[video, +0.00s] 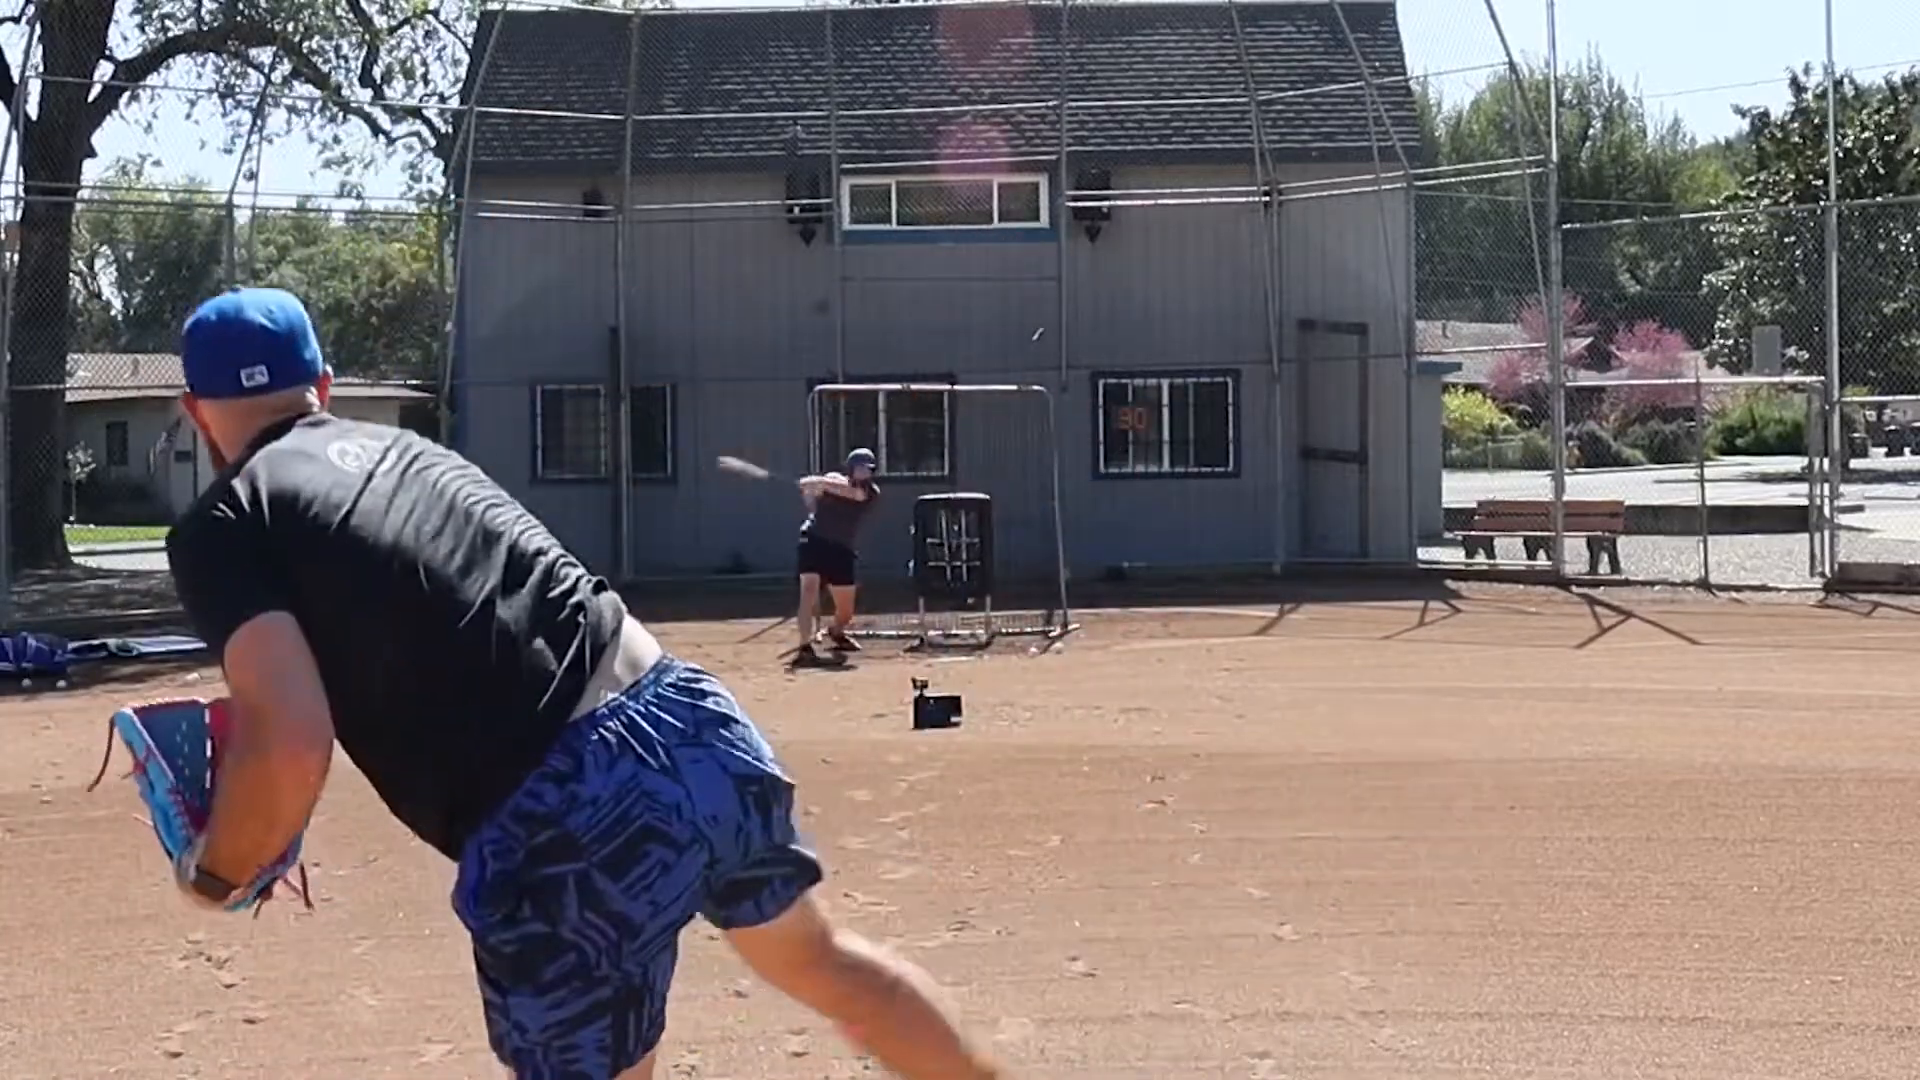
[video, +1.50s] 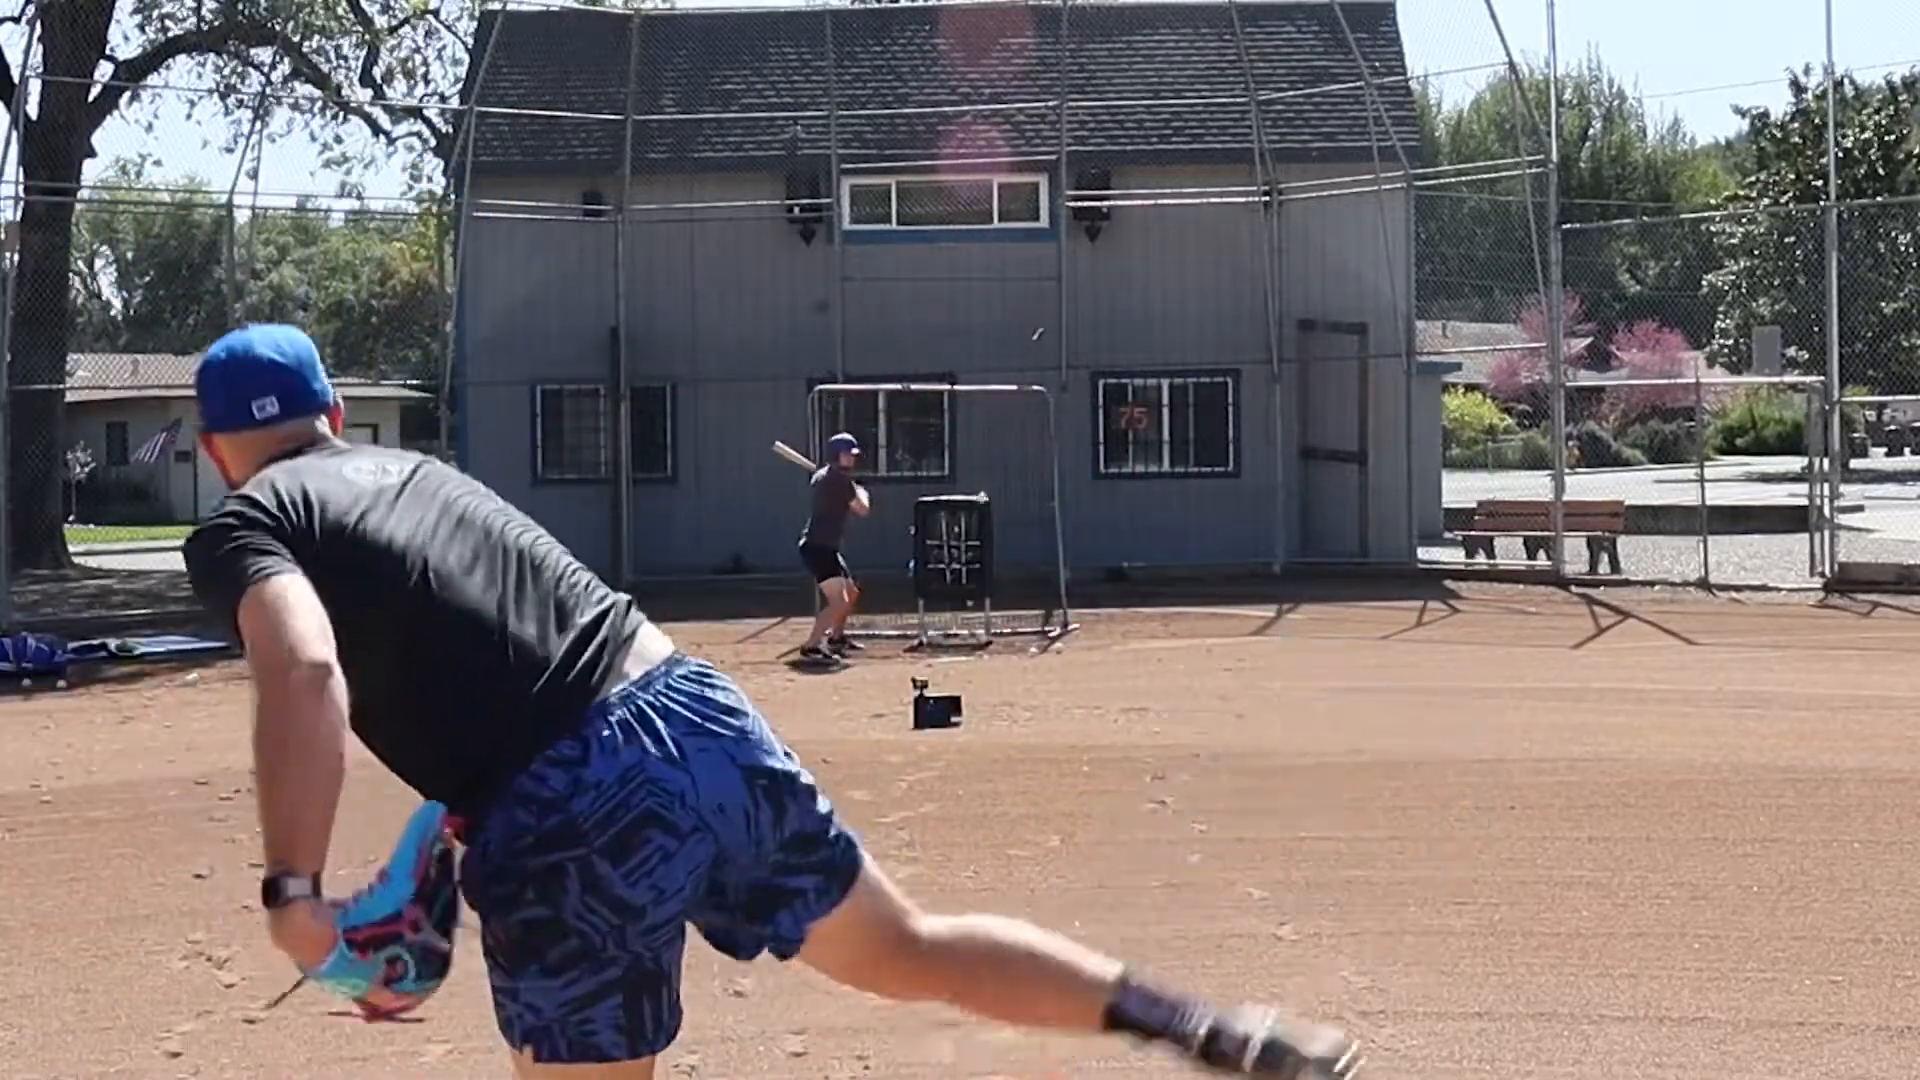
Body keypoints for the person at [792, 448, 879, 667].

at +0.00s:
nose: (866, 473)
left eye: (869, 469)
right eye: (862, 468)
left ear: (872, 471)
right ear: (851, 467)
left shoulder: (871, 491)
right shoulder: (834, 479)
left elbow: (847, 491)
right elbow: (804, 484)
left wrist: (821, 485)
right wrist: (825, 483)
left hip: (842, 547)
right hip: (815, 541)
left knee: (846, 609)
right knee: (809, 592)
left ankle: (836, 632)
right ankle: (805, 646)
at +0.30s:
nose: (853, 469)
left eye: (858, 465)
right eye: (850, 463)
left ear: (864, 469)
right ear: (843, 465)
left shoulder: (855, 487)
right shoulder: (837, 490)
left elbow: (817, 492)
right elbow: (800, 502)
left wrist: (815, 497)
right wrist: (815, 522)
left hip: (844, 551)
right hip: (820, 548)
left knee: (843, 609)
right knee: (810, 595)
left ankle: (855, 630)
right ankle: (801, 645)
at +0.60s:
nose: (858, 470)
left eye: (863, 466)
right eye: (854, 465)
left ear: (868, 469)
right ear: (848, 466)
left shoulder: (868, 492)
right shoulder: (832, 489)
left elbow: (840, 492)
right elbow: (813, 514)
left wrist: (805, 489)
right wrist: (800, 499)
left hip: (848, 551)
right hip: (821, 547)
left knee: (845, 607)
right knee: (813, 594)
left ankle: (858, 629)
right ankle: (803, 642)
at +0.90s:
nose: (857, 451)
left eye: (858, 447)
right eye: (853, 447)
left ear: (842, 448)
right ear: (842, 448)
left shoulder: (832, 466)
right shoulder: (844, 469)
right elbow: (873, 493)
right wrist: (874, 474)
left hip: (815, 534)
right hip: (825, 536)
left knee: (852, 582)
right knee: (867, 566)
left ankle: (840, 632)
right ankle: (839, 614)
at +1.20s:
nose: (858, 460)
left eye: (860, 455)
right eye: (853, 455)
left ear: (860, 456)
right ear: (843, 455)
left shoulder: (833, 471)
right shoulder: (846, 477)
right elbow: (869, 500)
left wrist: (861, 479)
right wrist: (866, 481)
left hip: (821, 539)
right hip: (820, 542)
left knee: (851, 586)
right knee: (853, 587)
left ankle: (836, 632)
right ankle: (831, 632)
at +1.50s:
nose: (852, 458)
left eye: (853, 453)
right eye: (848, 453)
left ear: (843, 455)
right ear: (836, 455)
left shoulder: (821, 475)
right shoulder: (838, 479)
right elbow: (862, 509)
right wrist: (860, 491)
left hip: (825, 545)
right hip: (818, 546)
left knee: (851, 592)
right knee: (840, 600)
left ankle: (837, 636)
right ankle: (812, 645)